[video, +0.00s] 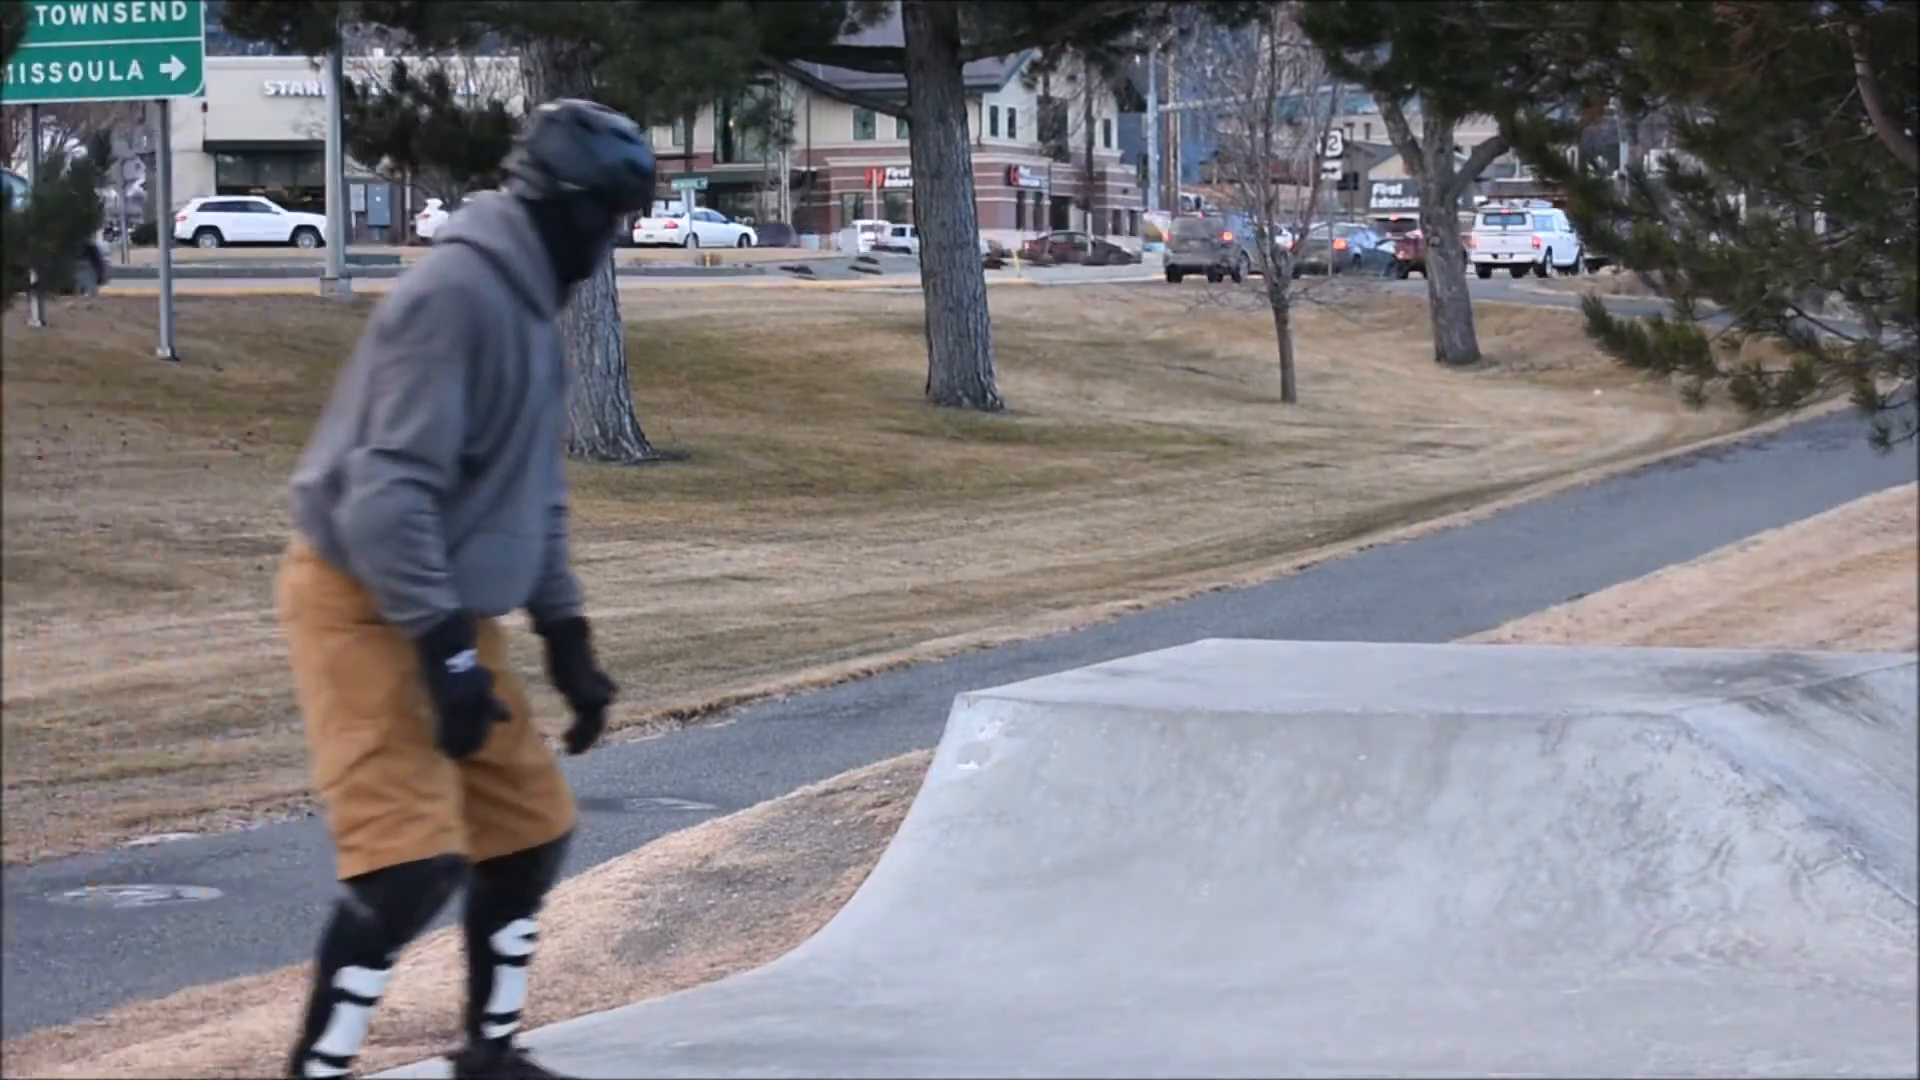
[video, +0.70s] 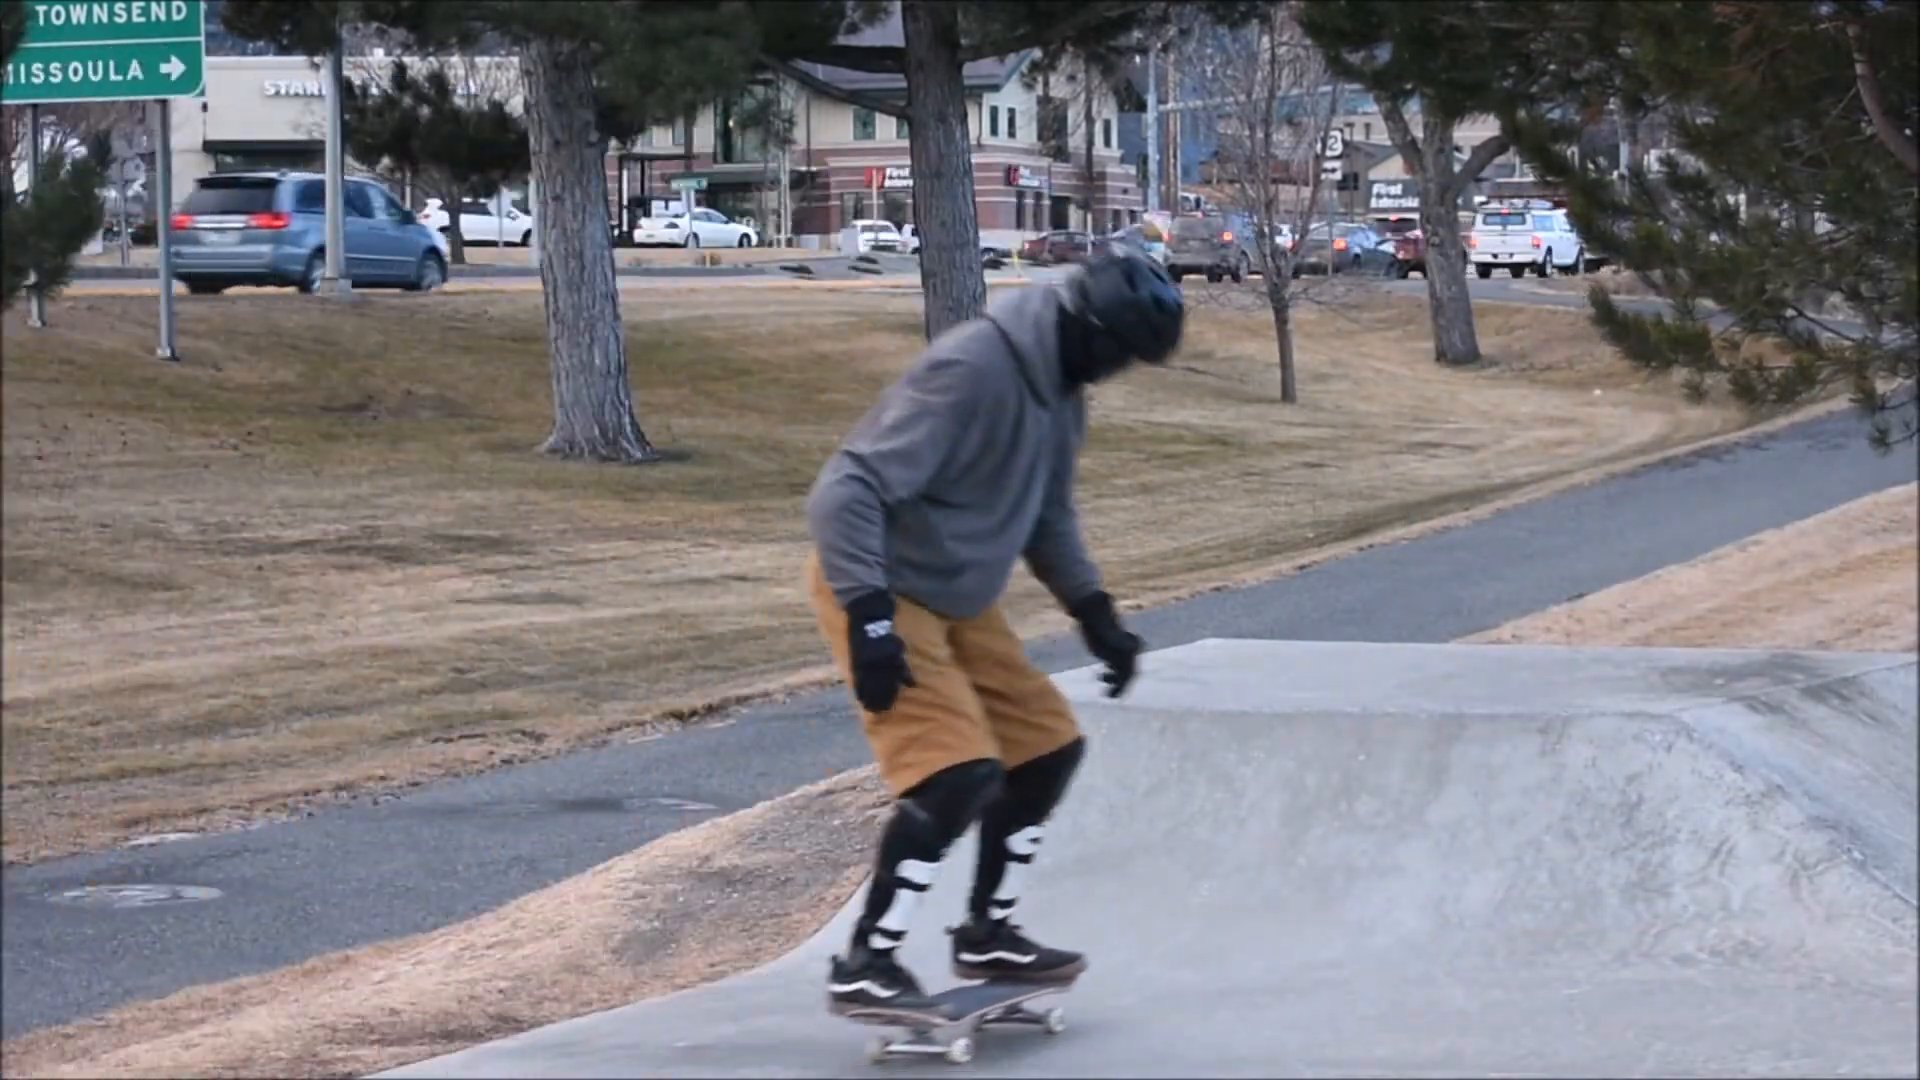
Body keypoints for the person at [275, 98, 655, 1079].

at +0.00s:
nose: (616, 238)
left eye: (623, 218)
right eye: (613, 214)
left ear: (569, 200)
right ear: (565, 198)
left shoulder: (533, 305)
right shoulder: (454, 293)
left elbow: (534, 495)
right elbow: (386, 491)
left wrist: (564, 637)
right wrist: (446, 653)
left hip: (455, 599)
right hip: (354, 588)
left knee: (527, 828)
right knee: (409, 858)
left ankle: (491, 1050)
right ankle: (316, 1067)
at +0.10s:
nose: (699, 247)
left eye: (706, 228)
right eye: (695, 224)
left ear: (653, 211)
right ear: (650, 209)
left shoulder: (615, 311)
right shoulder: (541, 301)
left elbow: (615, 495)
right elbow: (474, 491)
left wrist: (649, 630)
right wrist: (529, 646)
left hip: (545, 597)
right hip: (444, 588)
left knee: (614, 816)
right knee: (503, 844)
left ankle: (576, 1034)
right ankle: (407, 1057)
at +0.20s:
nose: (775, 260)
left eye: (783, 243)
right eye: (772, 239)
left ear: (734, 224)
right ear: (729, 222)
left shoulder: (694, 318)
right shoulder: (625, 308)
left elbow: (694, 497)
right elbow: (554, 492)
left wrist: (729, 628)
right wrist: (607, 640)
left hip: (625, 592)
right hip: (527, 585)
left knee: (700, 803)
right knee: (594, 833)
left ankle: (657, 1018)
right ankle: (497, 1043)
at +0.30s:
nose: (850, 272)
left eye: (857, 255)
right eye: (848, 251)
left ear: (808, 235)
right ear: (810, 236)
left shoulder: (768, 329)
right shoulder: (698, 318)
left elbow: (768, 496)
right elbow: (624, 496)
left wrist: (805, 622)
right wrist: (676, 635)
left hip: (698, 592)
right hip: (608, 586)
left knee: (780, 791)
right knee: (683, 823)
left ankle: (732, 1001)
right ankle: (581, 1030)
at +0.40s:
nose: (918, 273)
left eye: (926, 258)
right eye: (916, 253)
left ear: (888, 238)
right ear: (878, 233)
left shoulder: (841, 322)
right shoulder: (775, 309)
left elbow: (844, 486)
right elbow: (683, 476)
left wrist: (879, 604)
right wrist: (729, 618)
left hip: (772, 583)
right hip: (687, 580)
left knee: (842, 777)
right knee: (752, 805)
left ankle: (800, 980)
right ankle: (660, 1015)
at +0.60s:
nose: (1058, 314)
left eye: (1068, 301)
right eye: (1060, 296)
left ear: (1036, 274)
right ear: (1030, 270)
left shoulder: (994, 342)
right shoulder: (913, 327)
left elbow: (980, 483)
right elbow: (795, 466)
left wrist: (1016, 595)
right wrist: (824, 602)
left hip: (905, 581)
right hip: (826, 573)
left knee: (966, 754)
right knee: (877, 773)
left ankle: (925, 947)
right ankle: (799, 979)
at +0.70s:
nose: (1115, 370)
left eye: (1127, 360)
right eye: (1118, 353)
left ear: (1103, 332)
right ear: (1091, 323)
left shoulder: (1057, 387)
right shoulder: (972, 368)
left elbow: (1046, 515)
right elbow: (846, 489)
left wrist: (1095, 614)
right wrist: (870, 619)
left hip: (960, 595)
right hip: (880, 587)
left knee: (1045, 753)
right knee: (956, 772)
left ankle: (984, 931)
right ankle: (864, 960)